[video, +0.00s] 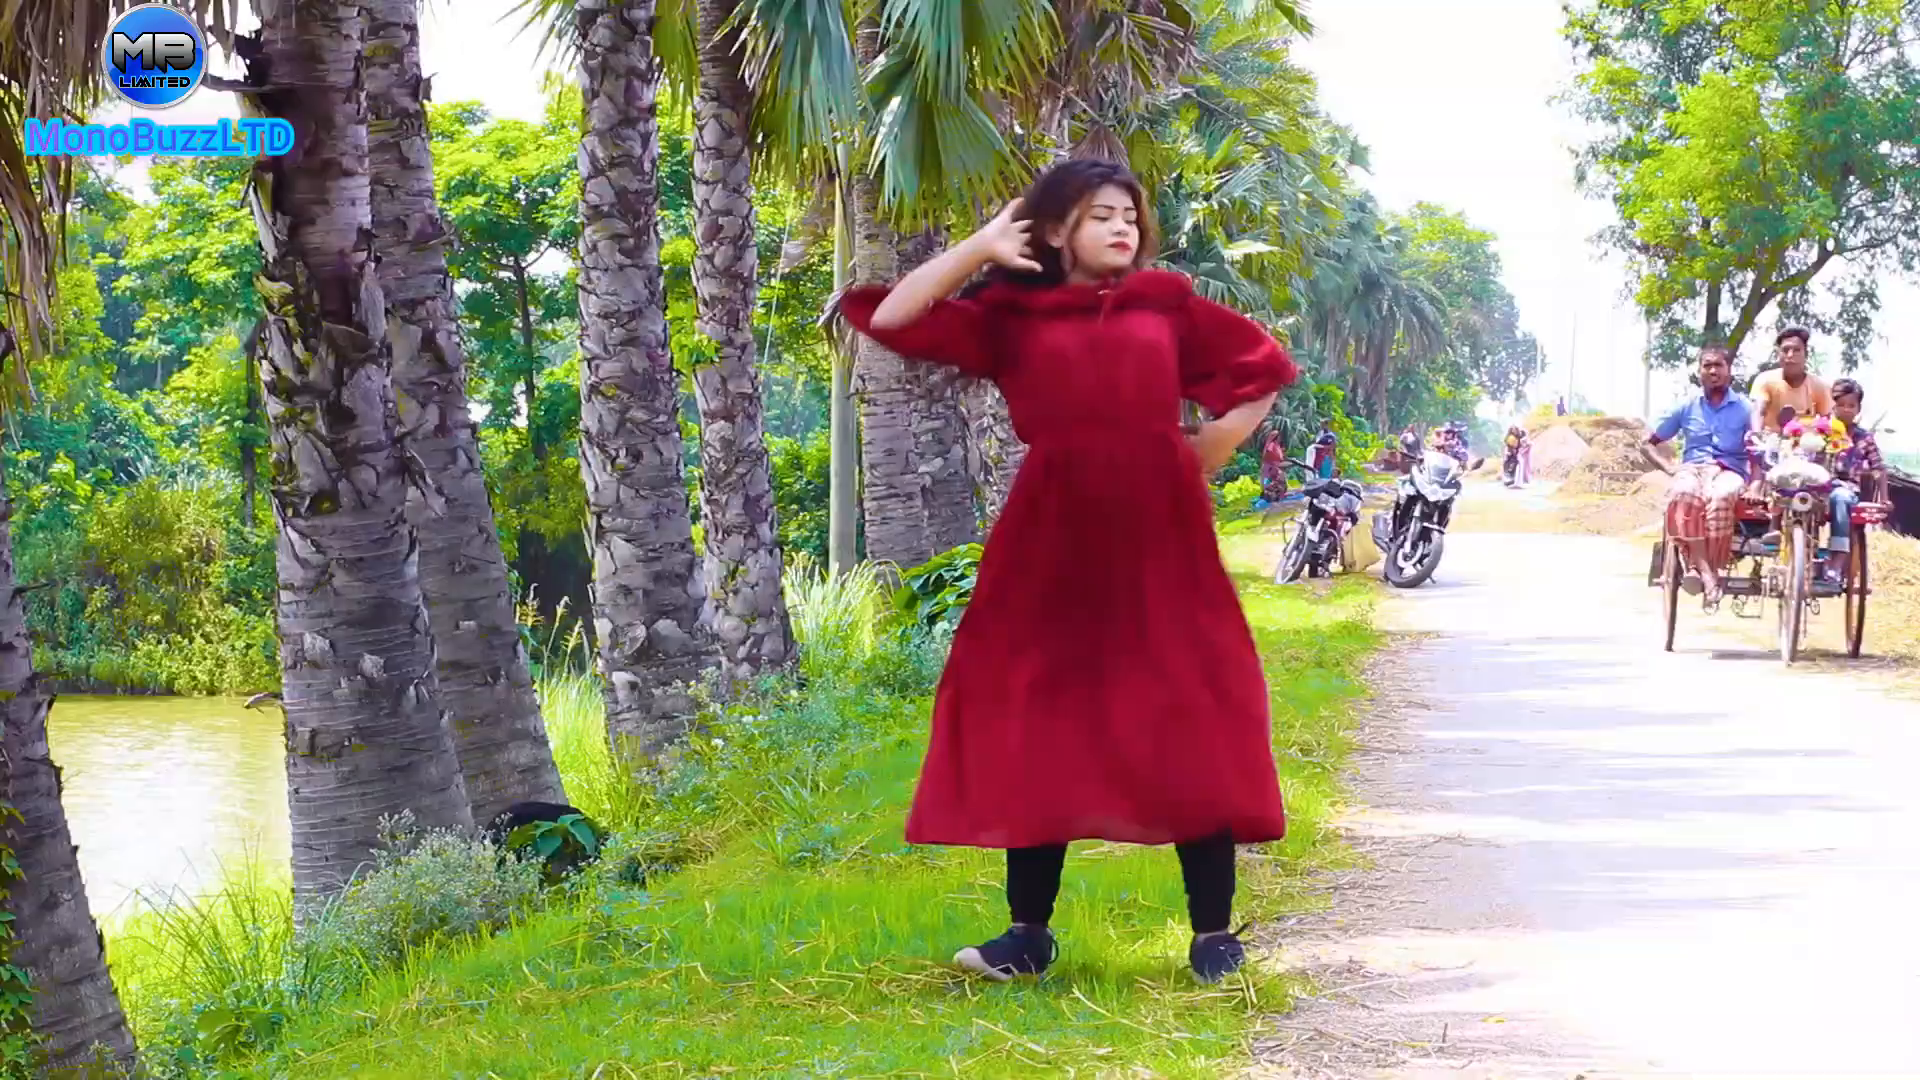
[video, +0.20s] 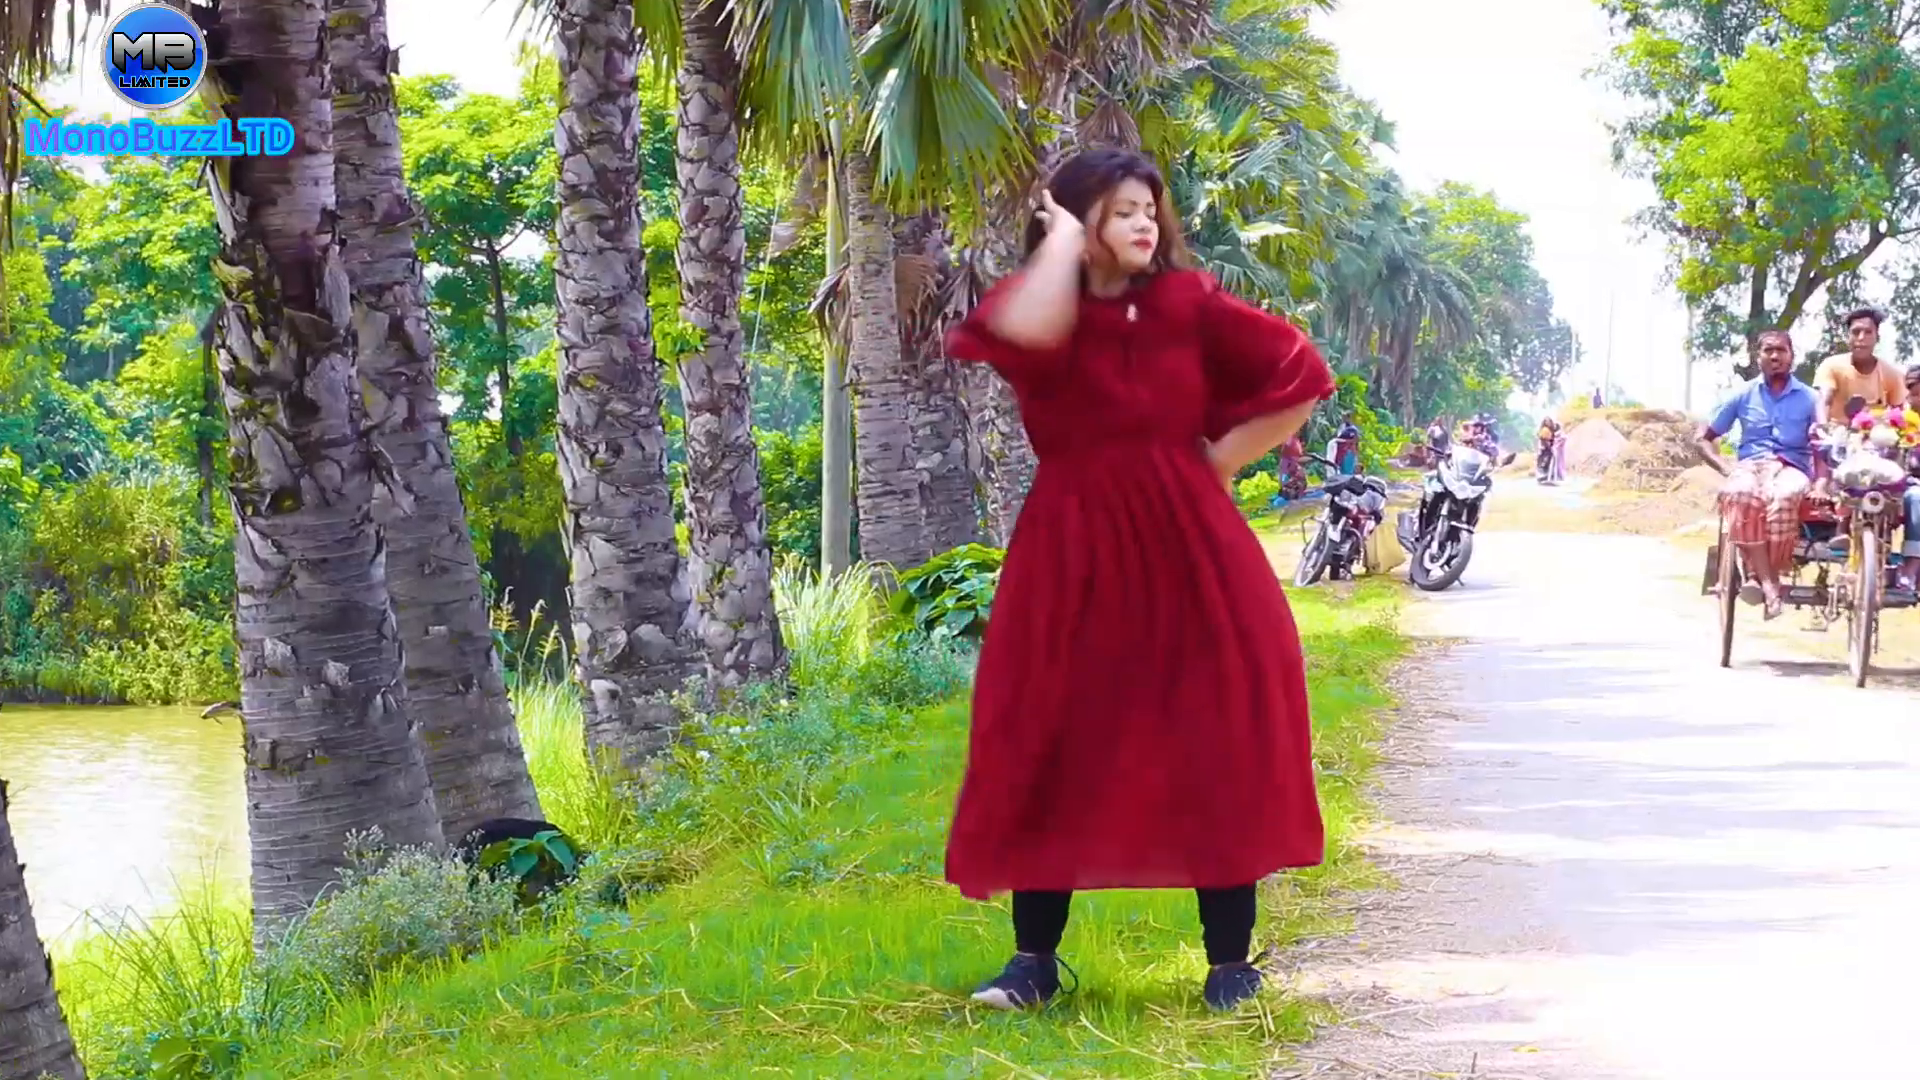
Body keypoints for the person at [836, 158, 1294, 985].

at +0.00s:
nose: (1121, 229)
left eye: (1129, 217)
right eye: (1102, 216)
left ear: (1140, 231)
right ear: (1053, 231)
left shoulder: (1164, 299)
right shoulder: (1011, 315)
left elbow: (1266, 365)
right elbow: (891, 319)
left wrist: (1215, 444)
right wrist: (978, 248)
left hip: (1157, 536)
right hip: (1053, 539)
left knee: (1191, 726)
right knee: (1036, 729)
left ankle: (1212, 935)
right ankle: (1028, 933)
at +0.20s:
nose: (1144, 226)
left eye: (1150, 212)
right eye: (1124, 213)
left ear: (1160, 223)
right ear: (1080, 225)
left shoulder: (1190, 301)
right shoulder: (1030, 306)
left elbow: (1305, 377)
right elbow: (1034, 329)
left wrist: (1226, 453)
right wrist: (1063, 234)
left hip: (1188, 537)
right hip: (1075, 542)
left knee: (1218, 740)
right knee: (1050, 738)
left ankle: (1229, 965)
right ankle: (1034, 962)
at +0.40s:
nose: (1150, 217)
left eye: (1158, 205)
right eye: (1131, 204)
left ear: (1170, 223)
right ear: (1082, 219)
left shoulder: (1190, 313)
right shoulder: (1039, 300)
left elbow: (1255, 410)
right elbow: (911, 278)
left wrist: (1184, 482)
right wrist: (1016, 220)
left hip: (1171, 544)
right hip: (1064, 541)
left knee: (1198, 737)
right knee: (1042, 737)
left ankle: (1218, 940)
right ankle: (1029, 945)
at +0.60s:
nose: (1169, 199)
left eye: (1183, 189)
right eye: (1148, 188)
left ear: (1203, 212)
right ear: (1112, 213)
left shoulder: (1240, 304)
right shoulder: (1066, 312)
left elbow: (1352, 395)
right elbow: (951, 406)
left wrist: (1257, 379)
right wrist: (1013, 302)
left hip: (1210, 553)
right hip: (1093, 551)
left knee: (1220, 756)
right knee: (1049, 759)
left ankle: (1232, 974)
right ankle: (1032, 973)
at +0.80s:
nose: (1133, 218)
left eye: (1153, 205)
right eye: (1124, 207)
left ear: (1194, 220)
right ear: (1114, 227)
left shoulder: (1237, 302)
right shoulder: (1097, 327)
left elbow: (1286, 344)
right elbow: (1060, 433)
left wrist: (1210, 247)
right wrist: (1038, 519)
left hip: (1200, 546)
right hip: (1104, 546)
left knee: (1198, 734)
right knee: (1027, 724)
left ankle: (1211, 944)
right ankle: (1018, 926)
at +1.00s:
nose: (1122, 216)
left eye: (1142, 202)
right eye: (1121, 202)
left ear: (1192, 214)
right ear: (1123, 215)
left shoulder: (1221, 296)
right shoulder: (1120, 313)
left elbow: (1306, 281)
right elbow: (1113, 420)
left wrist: (1217, 233)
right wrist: (1069, 474)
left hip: (1192, 551)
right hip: (1109, 548)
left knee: (1202, 746)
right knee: (1074, 746)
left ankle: (1221, 961)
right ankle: (1011, 954)